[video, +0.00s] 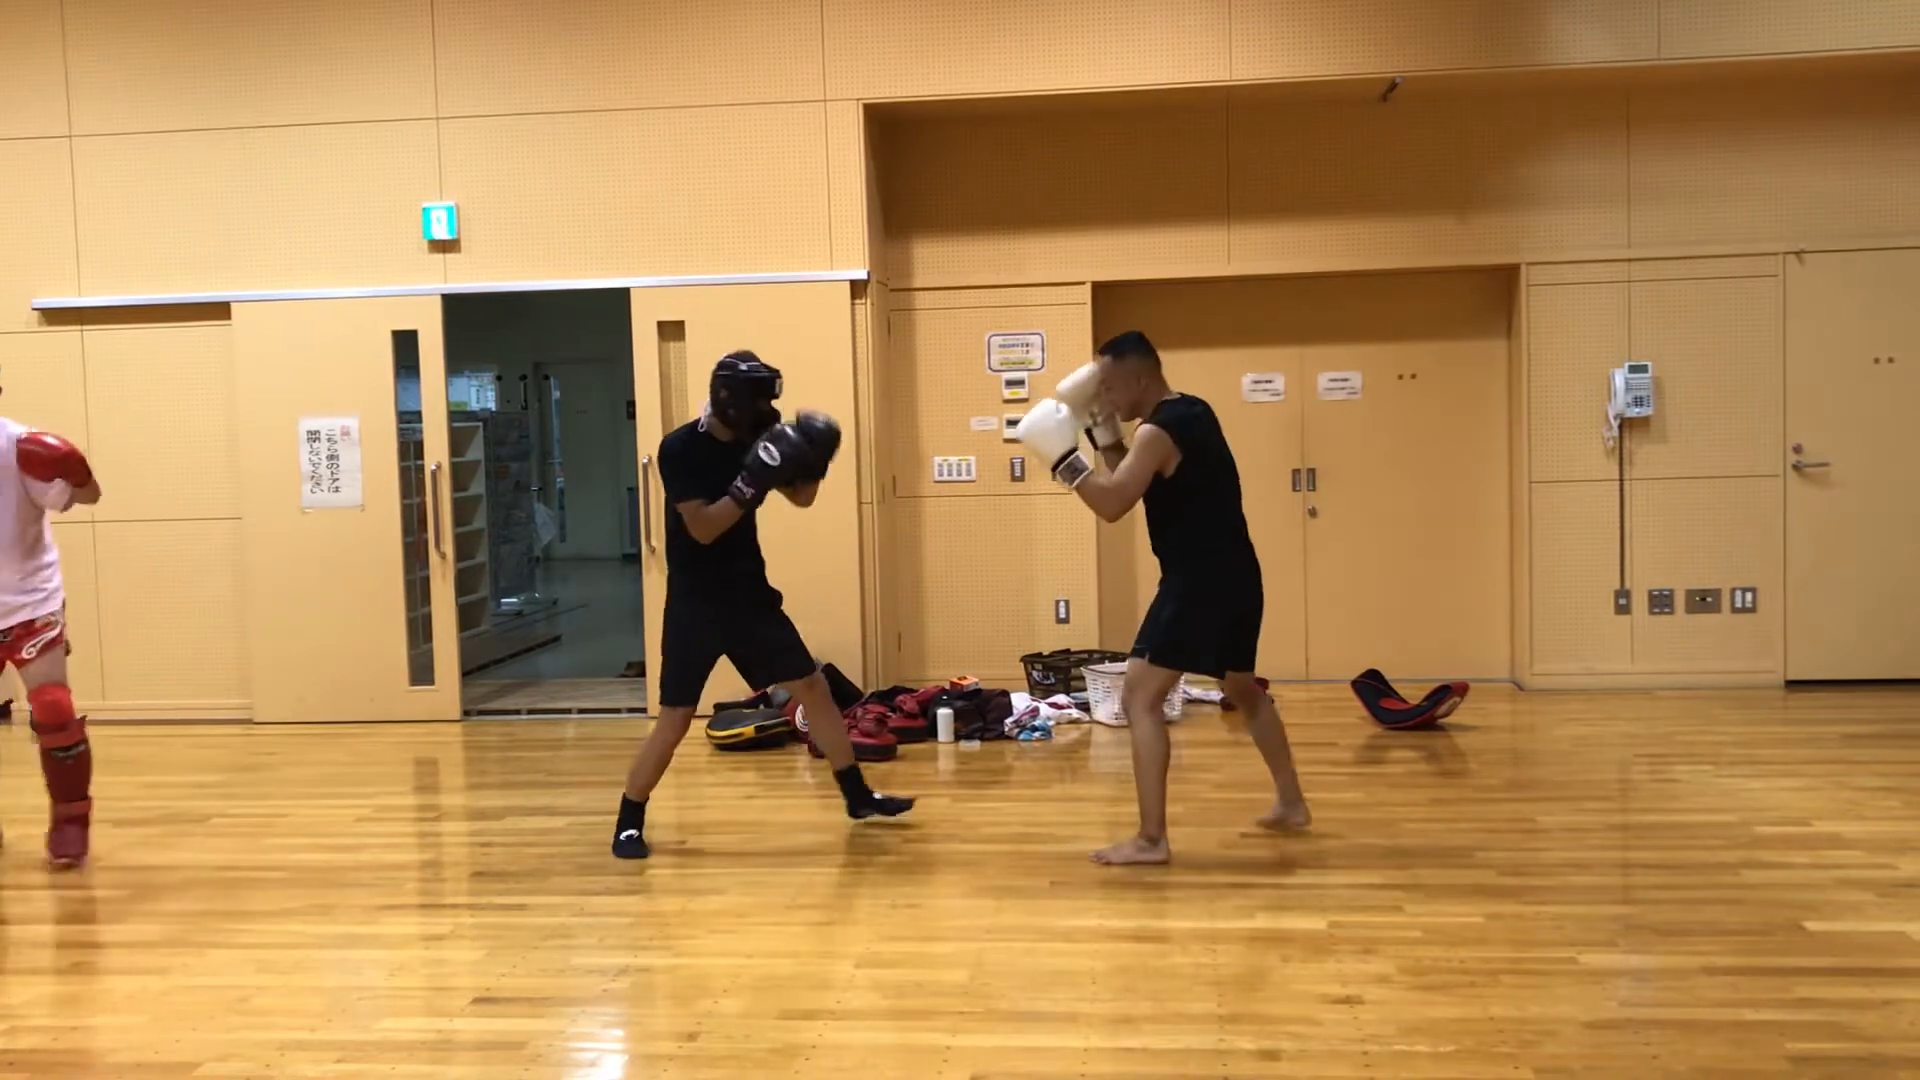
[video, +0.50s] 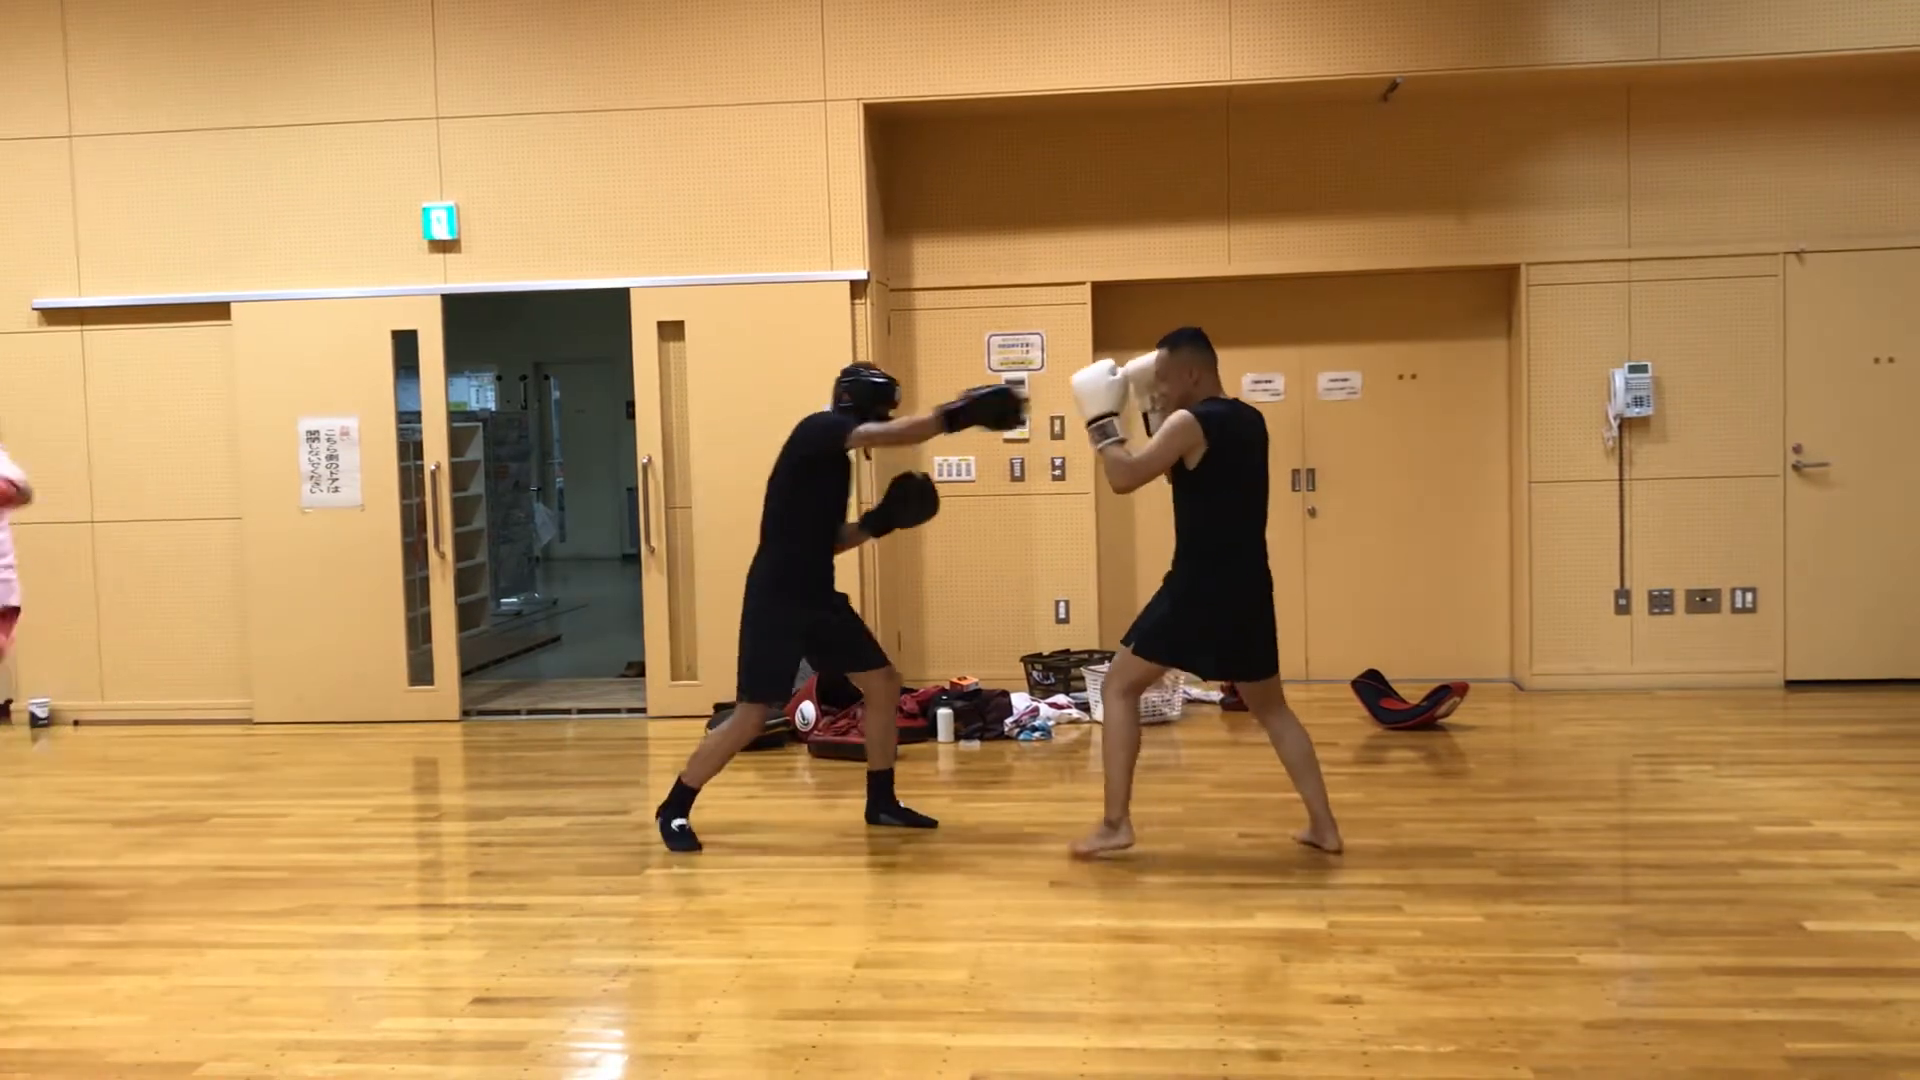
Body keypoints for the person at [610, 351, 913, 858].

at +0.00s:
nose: (766, 415)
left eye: (768, 406)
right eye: (758, 406)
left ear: (759, 405)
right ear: (726, 402)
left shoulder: (760, 436)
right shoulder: (679, 450)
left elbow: (802, 496)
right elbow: (703, 528)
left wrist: (812, 456)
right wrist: (756, 475)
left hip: (750, 597)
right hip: (694, 604)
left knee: (811, 686)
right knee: (674, 719)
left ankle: (858, 797)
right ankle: (629, 822)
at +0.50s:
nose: (887, 419)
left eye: (888, 411)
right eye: (883, 410)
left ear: (847, 403)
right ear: (857, 402)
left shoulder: (834, 457)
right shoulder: (819, 428)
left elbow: (825, 543)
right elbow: (896, 433)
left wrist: (881, 519)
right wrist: (959, 414)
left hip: (817, 594)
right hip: (777, 594)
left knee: (882, 684)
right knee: (752, 716)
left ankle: (881, 802)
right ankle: (673, 810)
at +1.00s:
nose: (962, 393)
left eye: (965, 385)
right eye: (955, 384)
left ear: (961, 384)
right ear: (923, 380)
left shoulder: (952, 427)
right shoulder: (873, 404)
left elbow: (1002, 473)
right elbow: (824, 449)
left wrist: (1026, 435)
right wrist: (879, 435)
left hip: (895, 565)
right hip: (839, 556)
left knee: (907, 676)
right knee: (812, 663)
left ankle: (887, 797)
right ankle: (817, 762)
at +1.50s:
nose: (989, 392)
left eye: (994, 382)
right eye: (980, 382)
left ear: (997, 383)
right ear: (952, 382)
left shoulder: (1006, 429)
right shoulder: (921, 423)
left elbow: (1032, 501)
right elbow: (895, 493)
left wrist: (1019, 458)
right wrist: (930, 461)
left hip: (986, 559)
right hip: (934, 560)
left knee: (1031, 656)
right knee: (911, 662)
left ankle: (1083, 752)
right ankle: (912, 764)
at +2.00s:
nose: (1093, 390)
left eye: (1102, 380)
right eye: (1084, 381)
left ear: (1114, 375)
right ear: (1067, 377)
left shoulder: (1137, 410)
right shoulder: (1055, 416)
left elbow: (1169, 469)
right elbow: (1042, 493)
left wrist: (1144, 453)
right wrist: (1056, 464)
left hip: (1127, 541)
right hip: (1081, 544)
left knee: (1123, 652)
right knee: (1096, 657)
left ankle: (1112, 761)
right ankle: (1147, 730)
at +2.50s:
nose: (1209, 394)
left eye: (1219, 383)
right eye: (1201, 383)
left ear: (1233, 385)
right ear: (1184, 383)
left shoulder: (1244, 429)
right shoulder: (1161, 428)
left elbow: (1266, 501)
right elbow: (1136, 503)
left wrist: (1245, 455)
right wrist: (1158, 463)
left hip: (1233, 565)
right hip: (1177, 567)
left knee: (1270, 660)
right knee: (1151, 666)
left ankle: (1301, 769)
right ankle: (1167, 744)